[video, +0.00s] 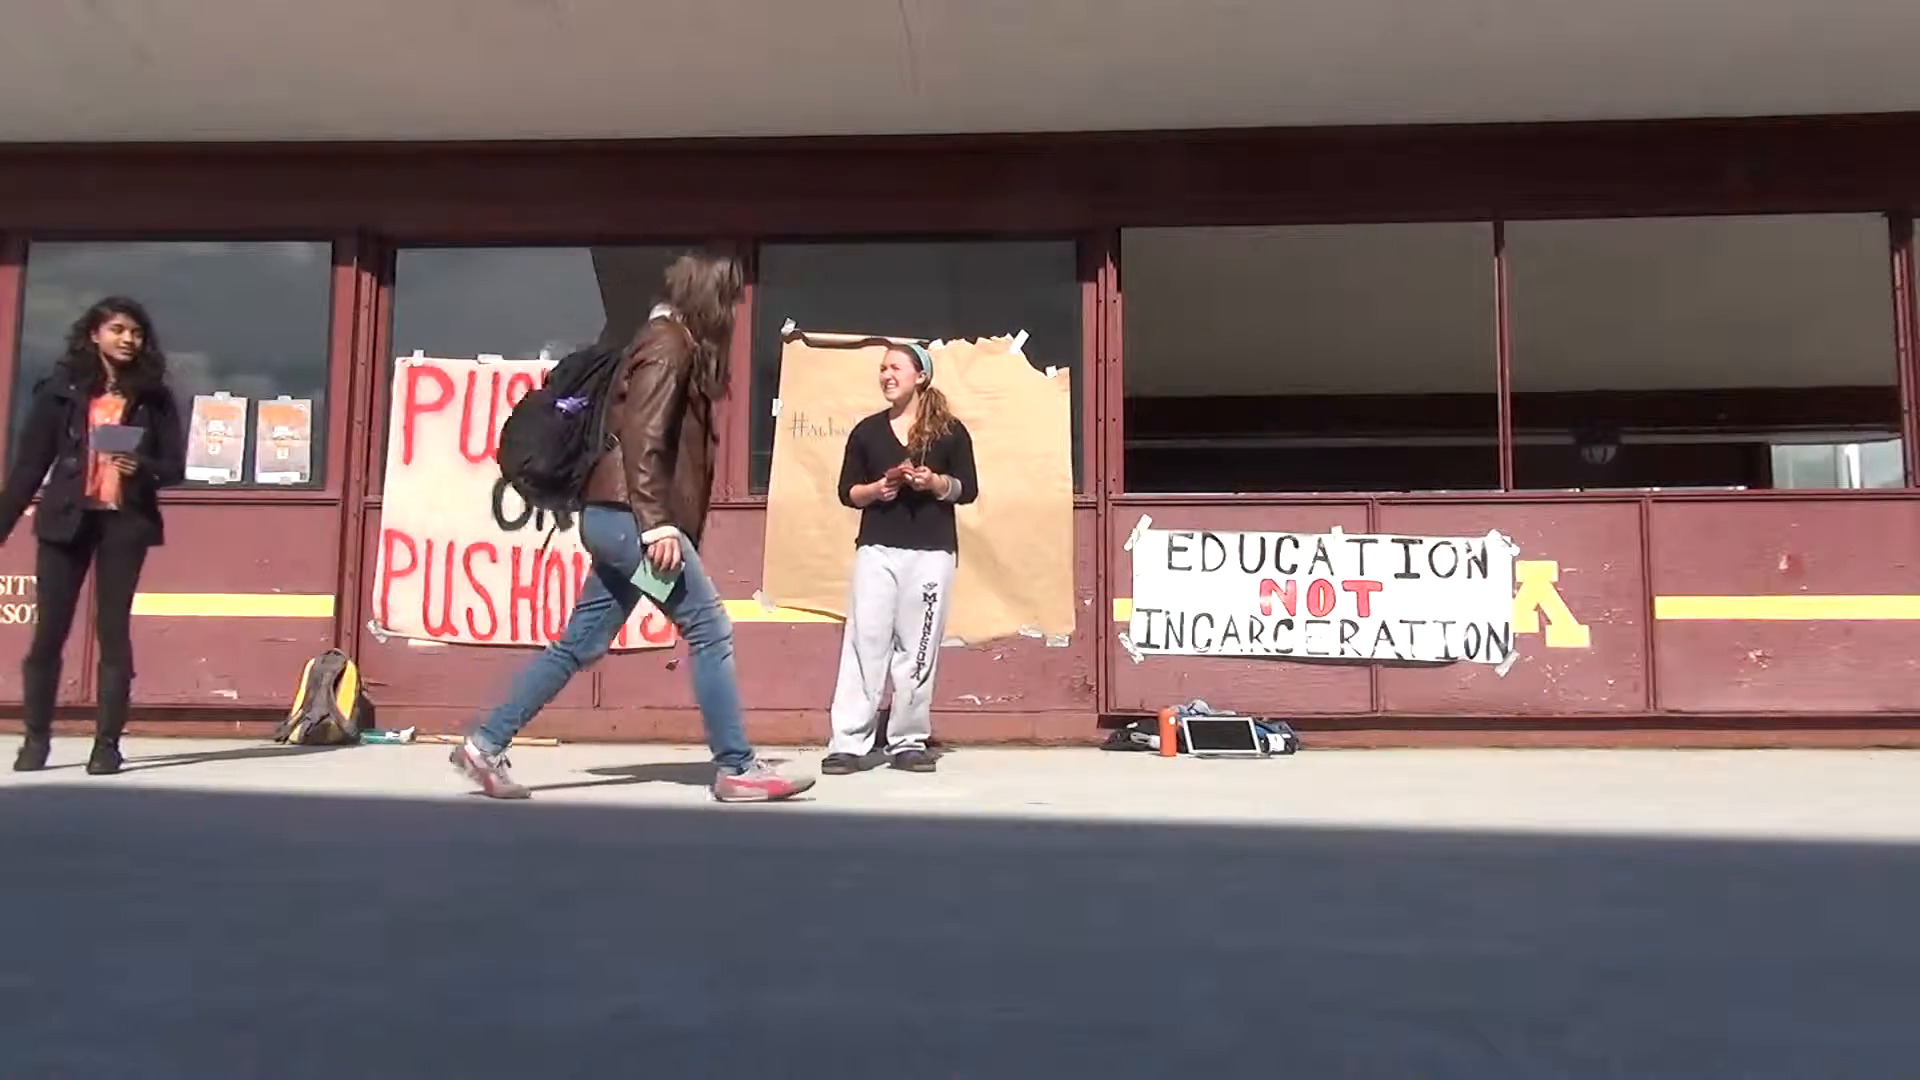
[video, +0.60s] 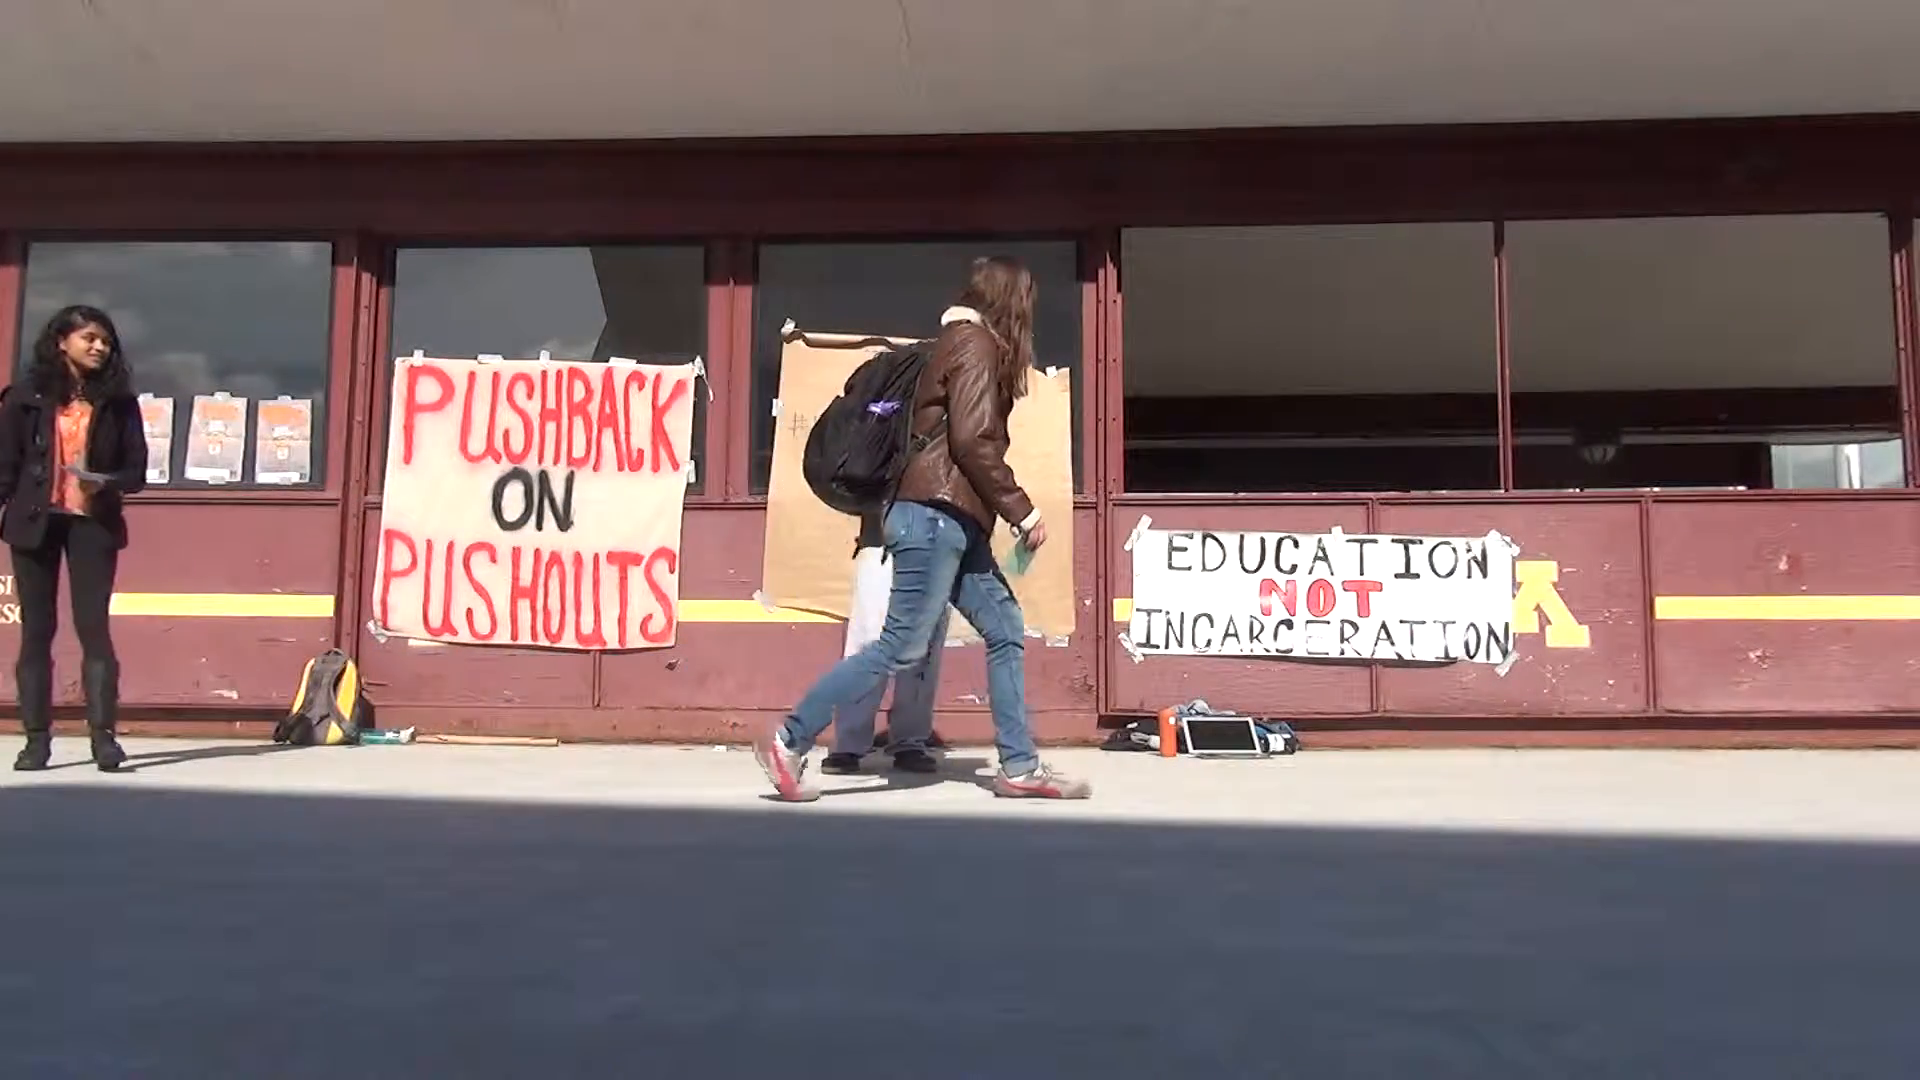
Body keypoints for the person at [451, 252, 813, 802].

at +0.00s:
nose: (734, 308)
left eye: (734, 297)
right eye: (731, 297)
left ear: (682, 289)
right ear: (711, 296)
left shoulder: (666, 340)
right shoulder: (669, 344)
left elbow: (647, 437)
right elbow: (644, 439)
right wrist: (656, 523)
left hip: (614, 516)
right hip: (631, 516)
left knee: (578, 646)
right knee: (710, 631)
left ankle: (484, 746)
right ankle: (736, 769)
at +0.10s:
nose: (784, 294)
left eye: (782, 282)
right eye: (780, 283)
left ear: (730, 279)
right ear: (762, 283)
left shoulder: (710, 332)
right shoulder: (726, 338)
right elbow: (708, 434)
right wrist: (726, 518)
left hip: (665, 505)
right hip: (689, 508)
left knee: (671, 647)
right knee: (748, 625)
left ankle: (551, 723)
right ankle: (741, 770)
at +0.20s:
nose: (833, 287)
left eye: (832, 274)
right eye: (829, 275)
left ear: (774, 268)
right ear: (811, 275)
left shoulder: (751, 324)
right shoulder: (775, 327)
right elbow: (769, 425)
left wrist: (785, 508)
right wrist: (798, 506)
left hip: (721, 495)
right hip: (735, 497)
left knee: (769, 628)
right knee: (758, 629)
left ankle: (658, 719)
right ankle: (740, 768)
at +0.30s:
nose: (878, 279)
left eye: (875, 268)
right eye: (875, 268)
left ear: (826, 263)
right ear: (860, 269)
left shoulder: (815, 320)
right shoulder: (820, 321)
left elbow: (835, 420)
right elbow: (824, 420)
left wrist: (866, 488)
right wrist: (862, 502)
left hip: (783, 497)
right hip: (774, 494)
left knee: (837, 619)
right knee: (769, 630)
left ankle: (789, 753)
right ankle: (740, 769)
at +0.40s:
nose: (927, 299)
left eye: (925, 288)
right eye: (923, 288)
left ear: (876, 281)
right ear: (908, 288)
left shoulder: (858, 329)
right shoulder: (869, 333)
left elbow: (869, 430)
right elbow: (879, 434)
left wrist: (914, 471)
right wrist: (927, 508)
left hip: (825, 507)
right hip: (820, 505)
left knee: (892, 630)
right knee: (788, 637)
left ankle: (929, 762)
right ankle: (741, 768)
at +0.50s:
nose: (979, 312)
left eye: (978, 300)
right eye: (976, 300)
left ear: (927, 294)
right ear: (961, 300)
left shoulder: (912, 342)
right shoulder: (922, 346)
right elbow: (928, 442)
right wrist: (978, 516)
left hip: (886, 519)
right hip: (868, 512)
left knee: (949, 638)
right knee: (823, 641)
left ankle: (1003, 762)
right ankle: (746, 761)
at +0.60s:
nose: (1027, 313)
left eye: (1027, 303)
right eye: (1025, 302)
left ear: (978, 294)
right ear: (1010, 301)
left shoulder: (953, 343)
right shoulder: (976, 347)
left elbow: (942, 440)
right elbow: (975, 442)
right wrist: (1023, 511)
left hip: (946, 518)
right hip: (932, 513)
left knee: (1005, 630)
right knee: (900, 646)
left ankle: (1018, 767)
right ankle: (789, 740)